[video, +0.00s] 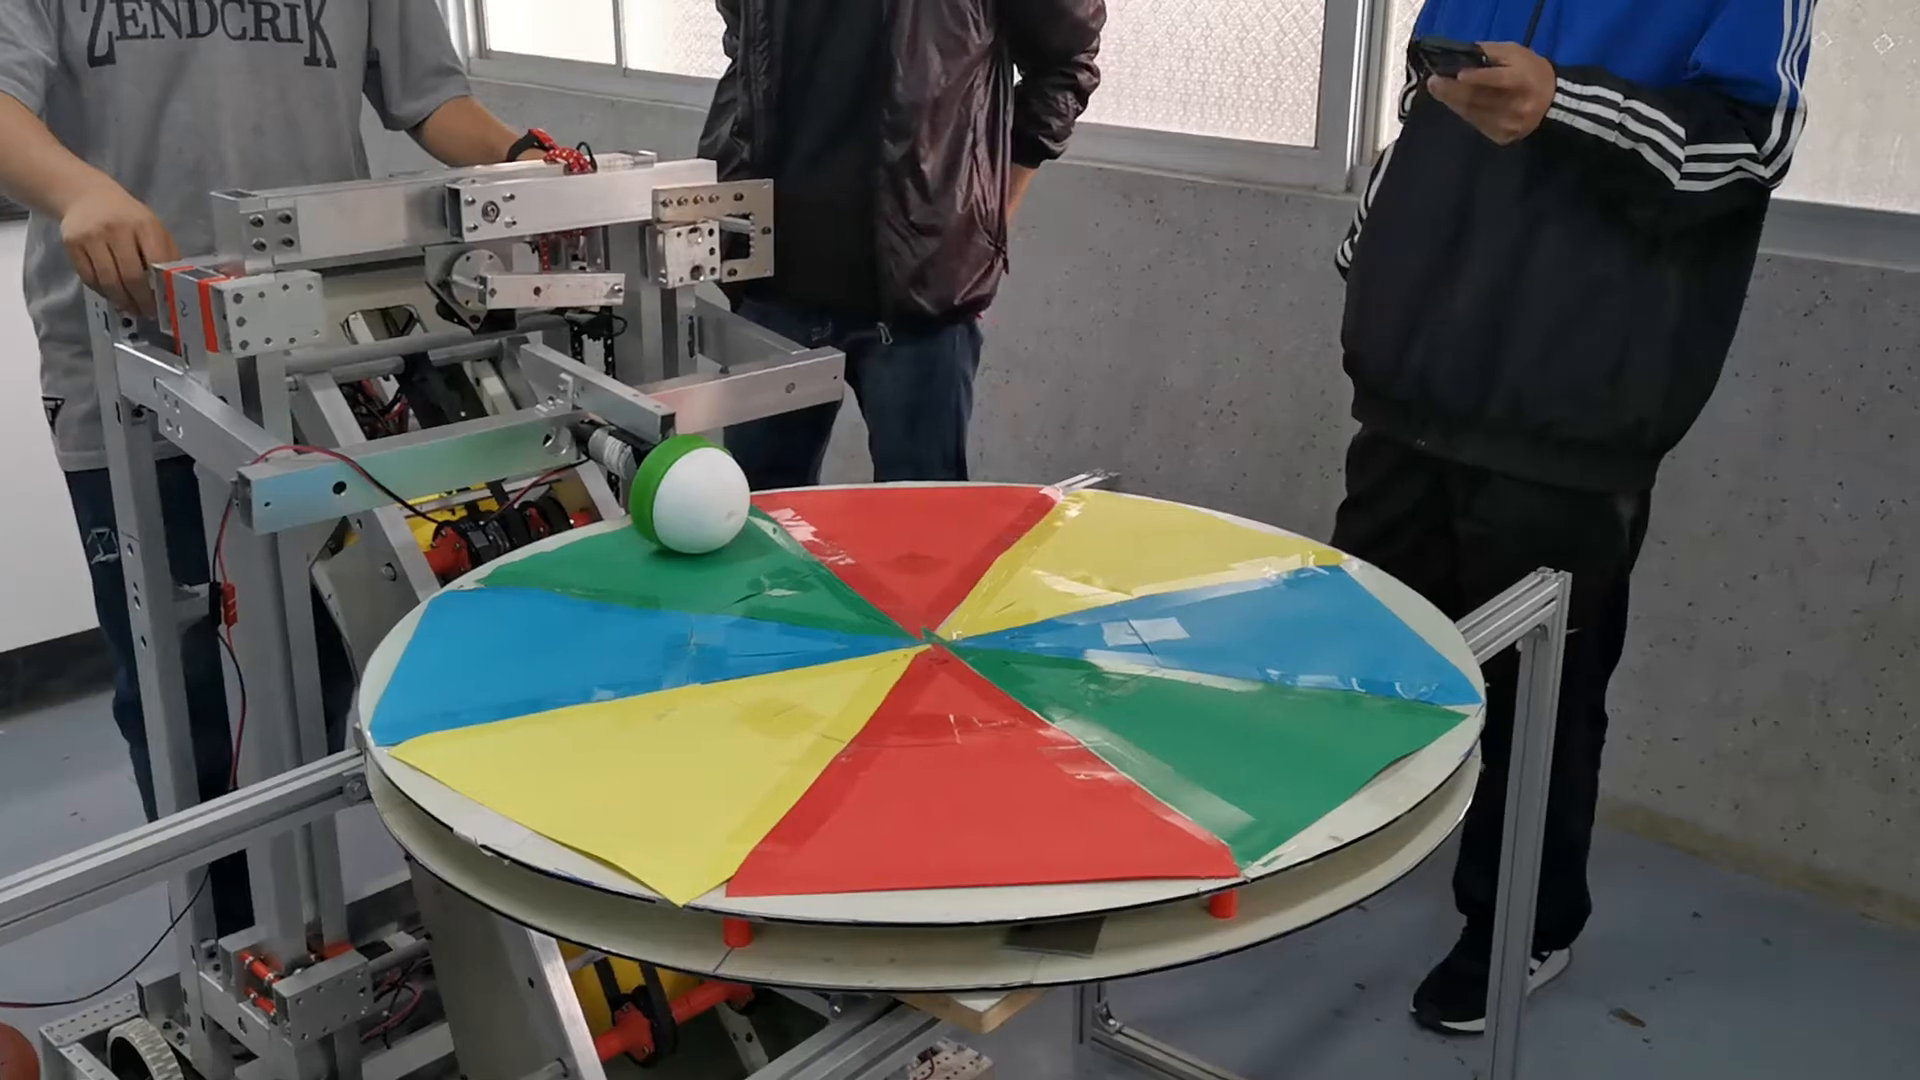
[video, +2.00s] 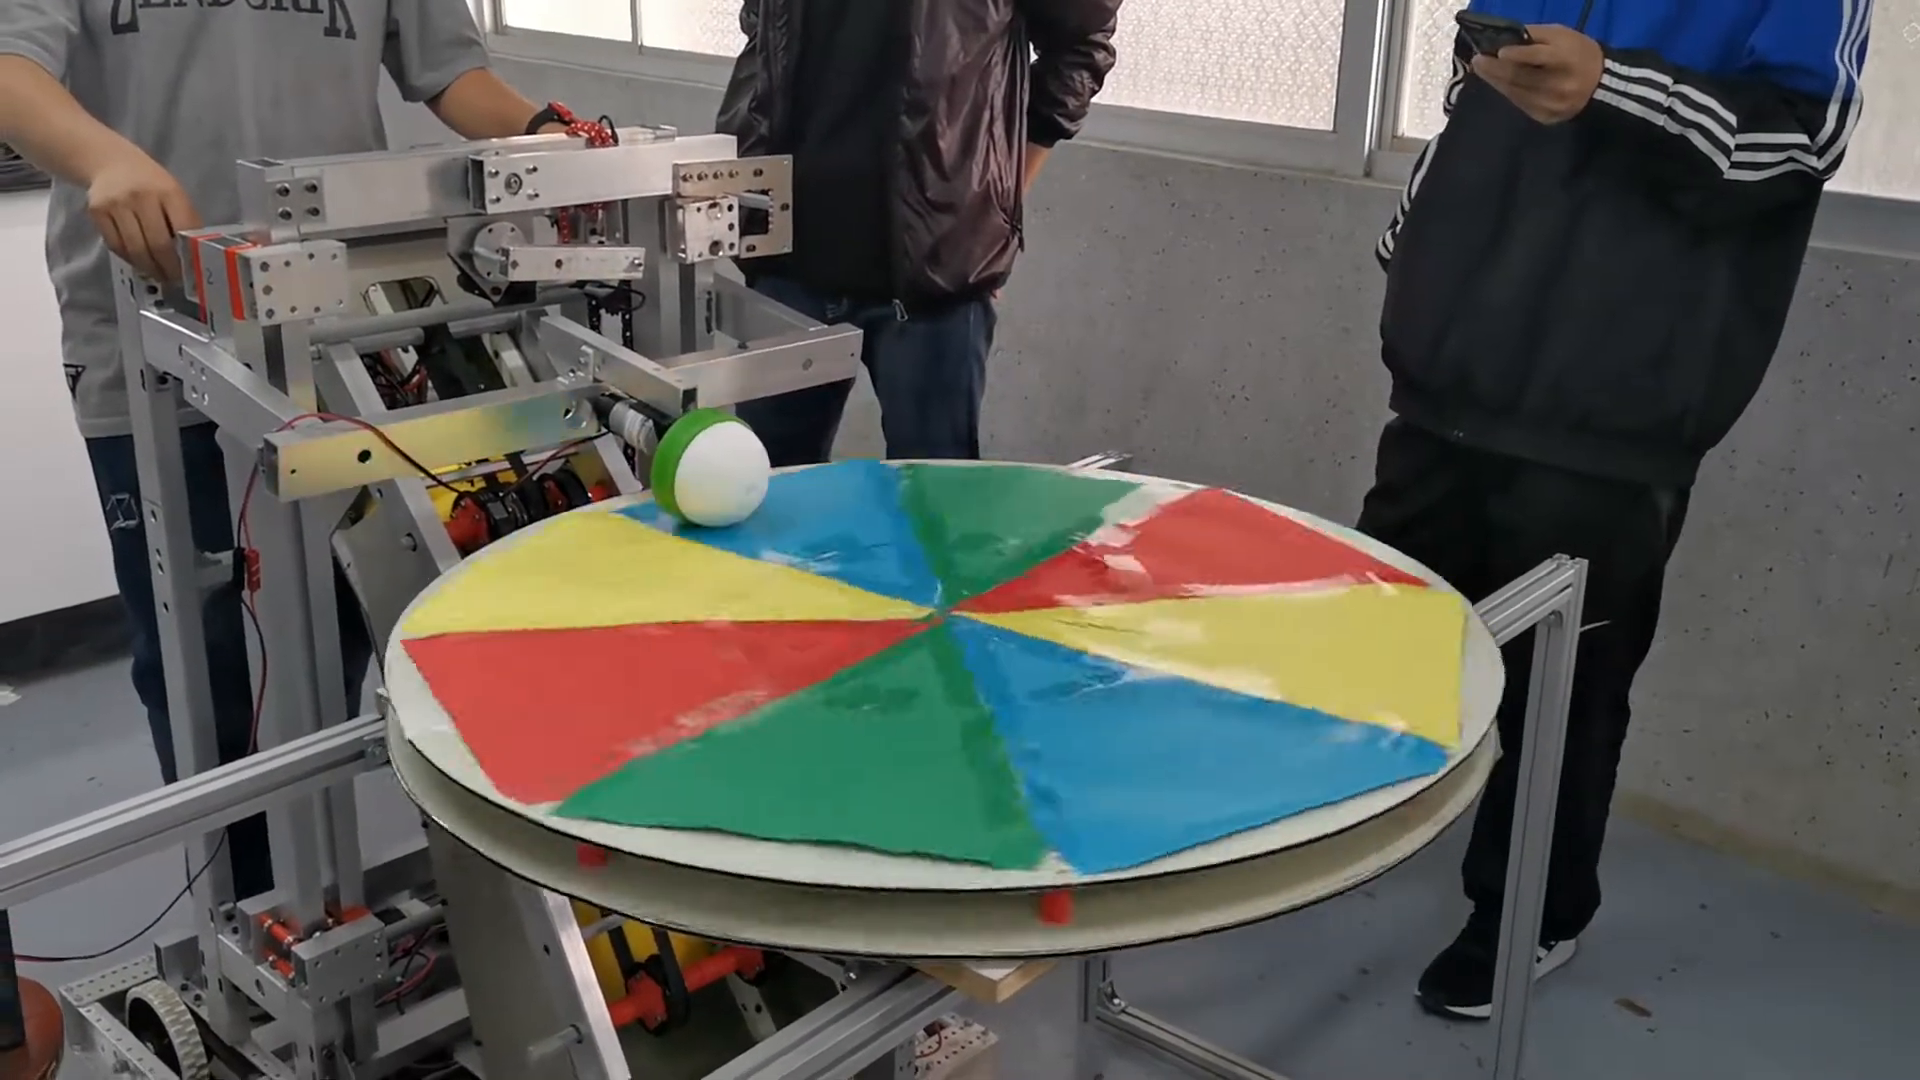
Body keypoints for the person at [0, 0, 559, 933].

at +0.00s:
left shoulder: (379, 7)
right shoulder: (45, 8)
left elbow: (426, 89)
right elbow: (3, 103)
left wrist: (527, 159)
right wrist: (77, 187)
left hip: (319, 364)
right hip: (125, 369)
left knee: (322, 665)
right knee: (178, 695)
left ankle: (308, 917)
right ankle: (228, 944)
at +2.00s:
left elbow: (446, 63)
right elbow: (12, 66)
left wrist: (542, 132)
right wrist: (103, 156)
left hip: (338, 344)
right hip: (151, 351)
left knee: (343, 631)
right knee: (195, 662)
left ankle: (334, 882)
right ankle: (247, 911)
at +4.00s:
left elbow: (455, 49)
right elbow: (20, 42)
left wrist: (558, 120)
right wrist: (122, 137)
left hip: (343, 327)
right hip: (162, 331)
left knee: (341, 616)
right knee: (210, 646)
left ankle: (334, 868)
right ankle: (255, 894)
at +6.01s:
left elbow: (453, 50)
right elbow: (20, 50)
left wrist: (554, 115)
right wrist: (120, 140)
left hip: (345, 323)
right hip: (161, 332)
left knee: (351, 606)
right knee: (210, 637)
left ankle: (343, 855)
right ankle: (262, 883)